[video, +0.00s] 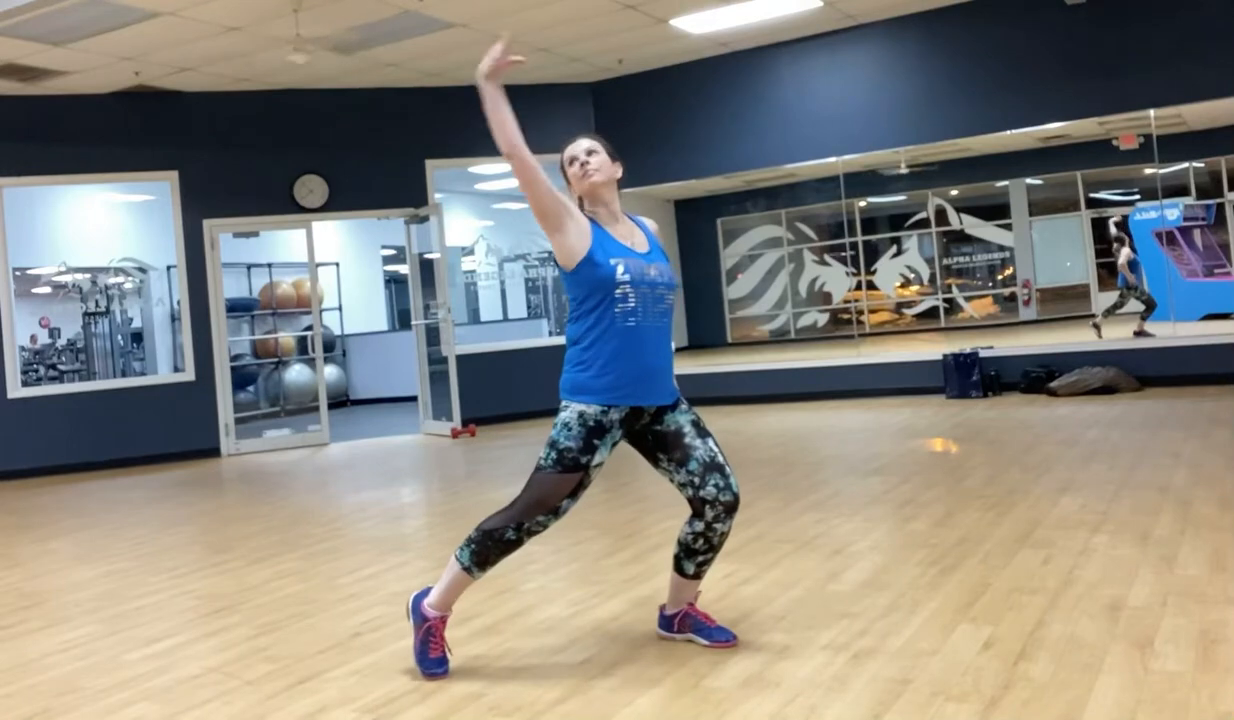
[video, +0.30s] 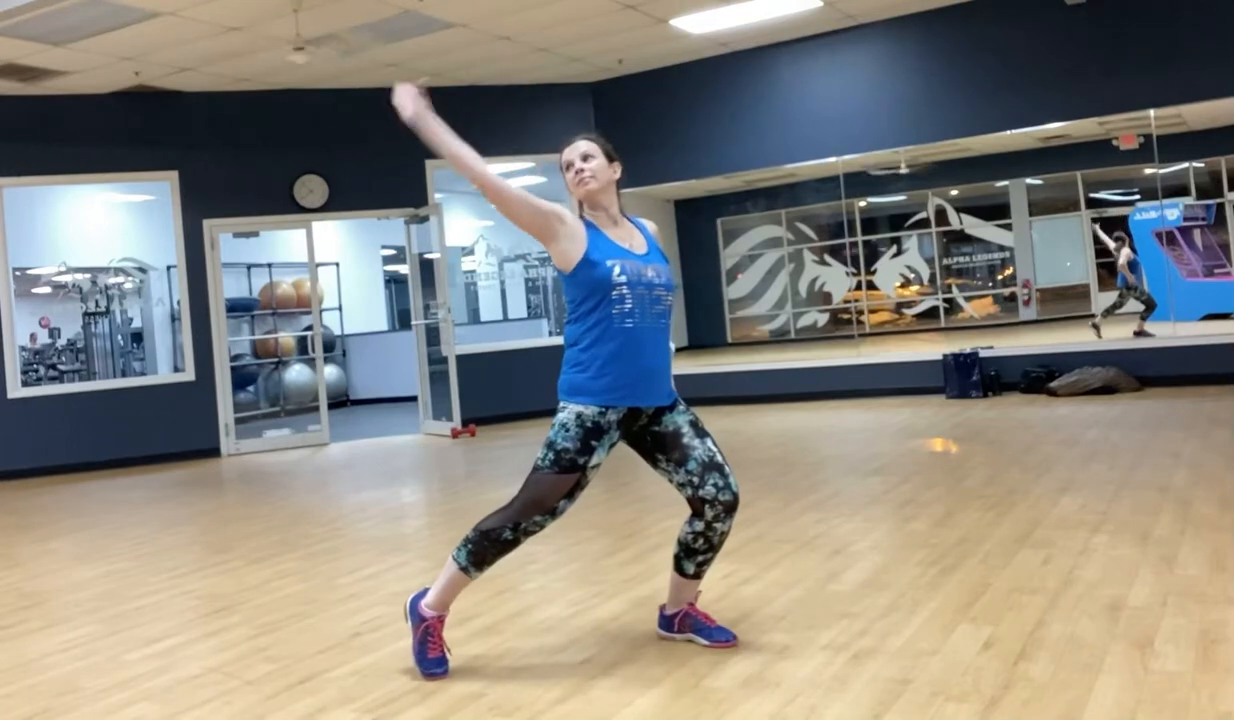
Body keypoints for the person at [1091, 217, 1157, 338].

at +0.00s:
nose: (1127, 238)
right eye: (1126, 237)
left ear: (1118, 241)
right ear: (1126, 240)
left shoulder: (1120, 248)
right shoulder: (1126, 250)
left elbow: (1115, 234)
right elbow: (1121, 264)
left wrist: (1111, 221)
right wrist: (1130, 276)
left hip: (1125, 285)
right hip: (1132, 285)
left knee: (1118, 305)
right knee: (1152, 305)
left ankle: (1098, 321)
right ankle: (1140, 328)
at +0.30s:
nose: (1115, 245)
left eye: (1116, 243)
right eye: (1115, 242)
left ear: (1119, 243)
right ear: (1124, 242)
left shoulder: (1116, 249)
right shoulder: (1126, 251)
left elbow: (1106, 240)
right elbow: (1121, 265)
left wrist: (1097, 230)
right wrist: (1130, 277)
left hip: (1124, 286)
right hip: (1132, 286)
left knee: (1117, 304)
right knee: (1151, 305)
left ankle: (1097, 322)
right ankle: (1140, 329)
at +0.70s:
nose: (1125, 241)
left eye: (1118, 240)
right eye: (1125, 239)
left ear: (1114, 242)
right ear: (1124, 240)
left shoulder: (1114, 251)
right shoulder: (1126, 250)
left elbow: (1101, 247)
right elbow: (1124, 262)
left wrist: (1091, 240)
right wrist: (1131, 276)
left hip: (1121, 284)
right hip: (1130, 284)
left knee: (1115, 305)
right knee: (1150, 304)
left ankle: (1095, 323)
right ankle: (1139, 329)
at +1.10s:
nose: (1120, 238)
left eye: (1118, 236)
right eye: (1122, 235)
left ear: (1112, 236)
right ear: (1124, 235)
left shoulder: (1108, 244)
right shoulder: (1129, 242)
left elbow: (1092, 243)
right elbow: (1145, 243)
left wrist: (1079, 243)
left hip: (1113, 278)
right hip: (1130, 277)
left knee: (1110, 303)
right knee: (1142, 298)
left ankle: (1109, 329)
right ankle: (1140, 326)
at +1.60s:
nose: (1105, 240)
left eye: (1107, 238)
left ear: (1108, 240)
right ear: (1119, 240)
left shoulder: (1106, 250)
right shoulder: (1125, 250)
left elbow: (1105, 263)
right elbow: (1139, 262)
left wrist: (1103, 279)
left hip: (1113, 282)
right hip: (1127, 280)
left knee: (1106, 303)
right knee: (1138, 303)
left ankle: (1110, 329)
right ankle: (1152, 323)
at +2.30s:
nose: (1109, 243)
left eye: (1109, 241)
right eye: (1110, 241)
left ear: (1109, 241)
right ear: (1117, 239)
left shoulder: (1108, 251)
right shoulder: (1123, 246)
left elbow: (1108, 265)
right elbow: (1110, 232)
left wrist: (1105, 280)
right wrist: (1099, 224)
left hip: (1114, 280)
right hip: (1127, 278)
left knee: (1108, 304)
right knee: (1137, 303)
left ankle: (1111, 330)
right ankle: (1152, 324)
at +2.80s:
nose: (1106, 243)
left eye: (1106, 240)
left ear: (1105, 241)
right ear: (1117, 239)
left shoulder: (1105, 252)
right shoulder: (1123, 249)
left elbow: (1100, 264)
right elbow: (1127, 232)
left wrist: (1102, 279)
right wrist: (1128, 216)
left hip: (1112, 282)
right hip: (1127, 280)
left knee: (1109, 306)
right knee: (1139, 303)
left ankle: (1110, 330)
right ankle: (1152, 323)